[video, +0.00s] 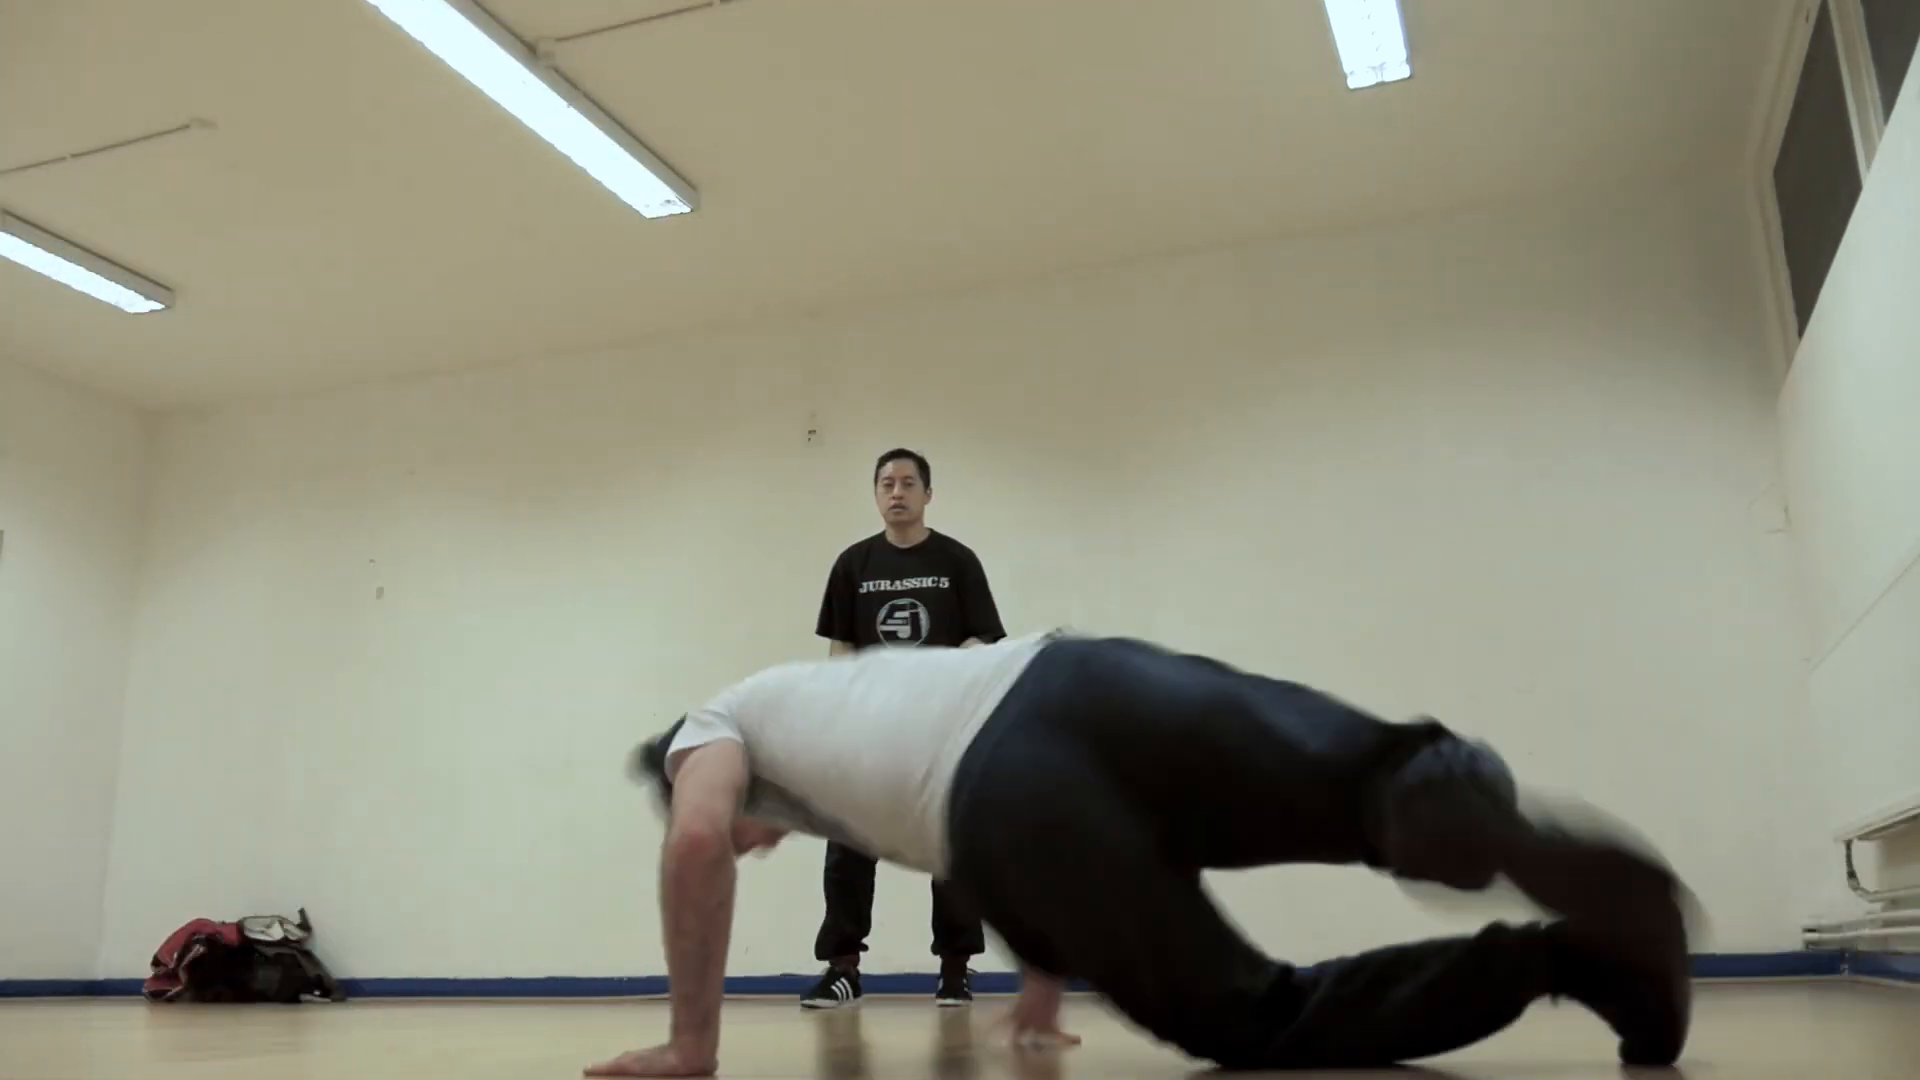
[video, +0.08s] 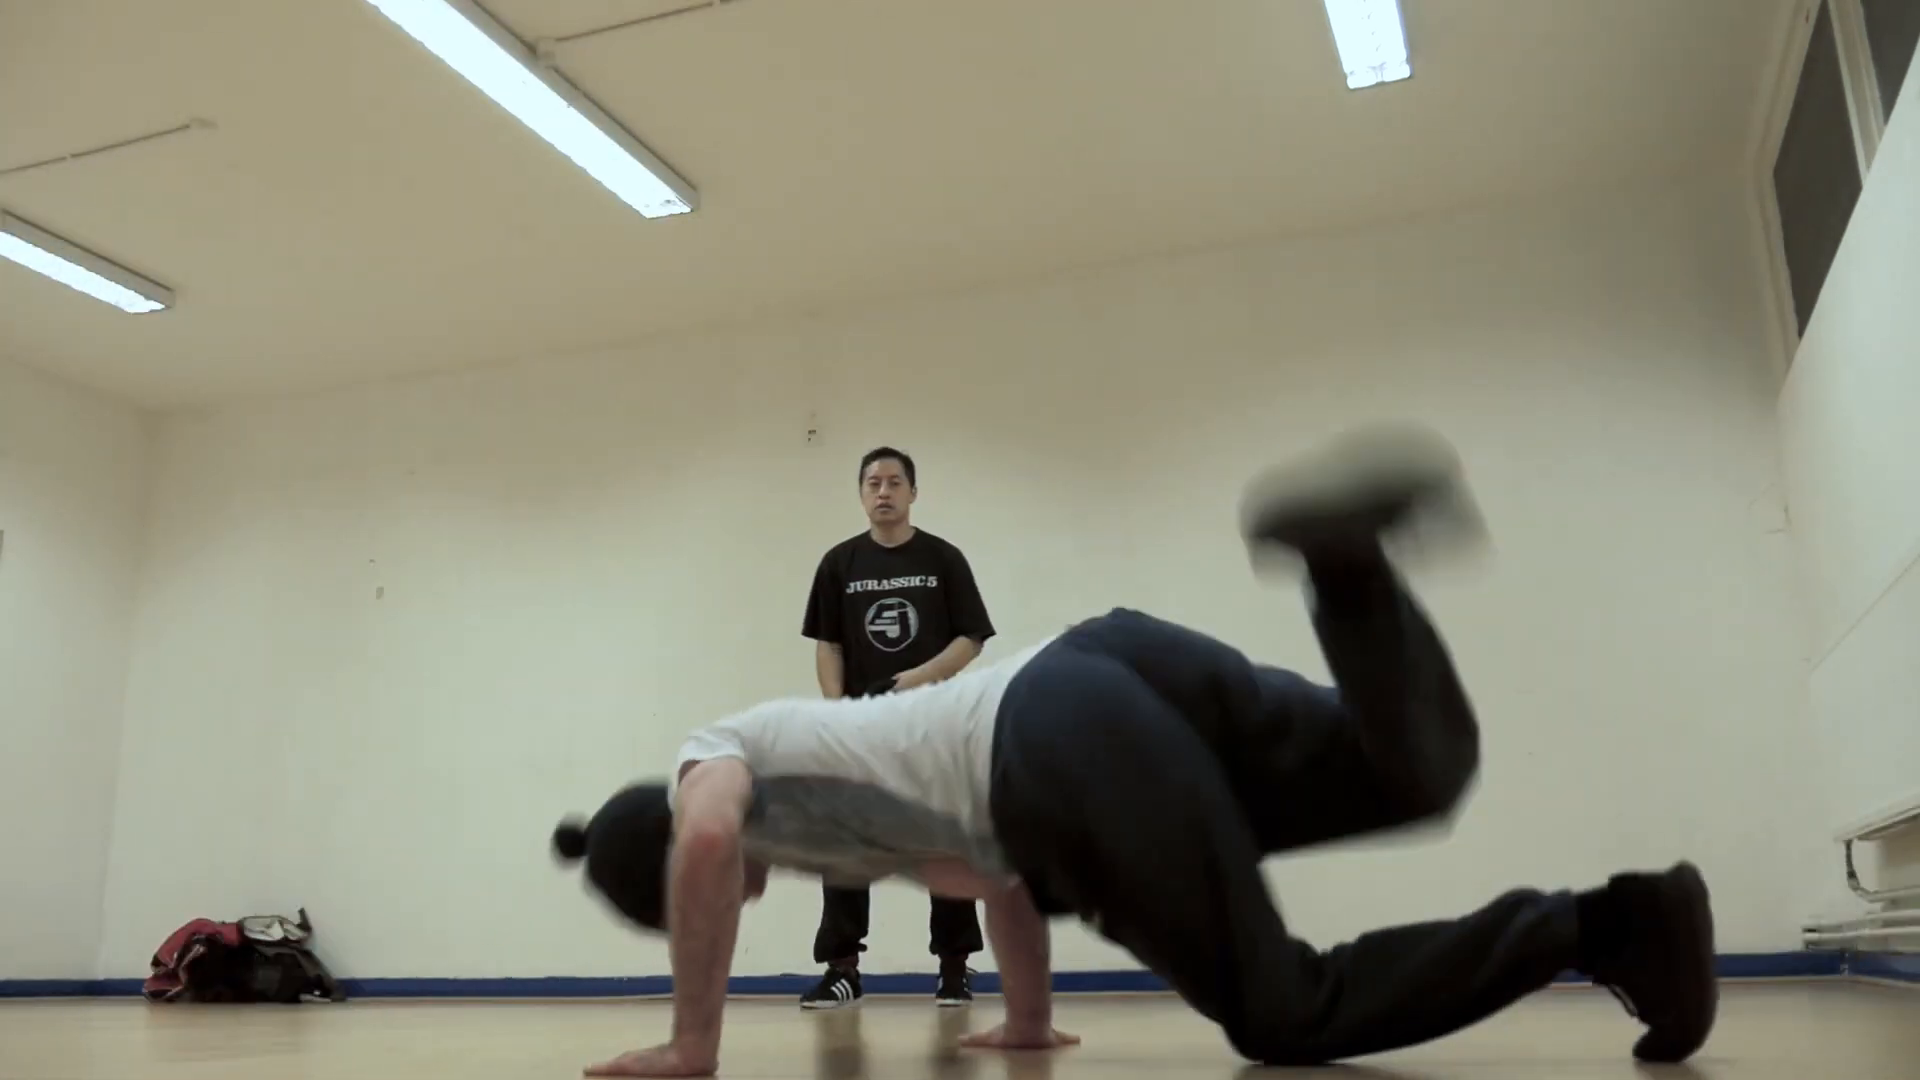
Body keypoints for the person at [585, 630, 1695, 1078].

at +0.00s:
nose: (694, 829)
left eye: (680, 808)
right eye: (680, 816)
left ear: (685, 761)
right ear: (752, 706)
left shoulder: (721, 723)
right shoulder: (871, 695)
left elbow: (701, 841)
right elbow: (1014, 808)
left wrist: (691, 1035)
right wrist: (1041, 1007)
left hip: (1000, 801)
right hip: (1077, 682)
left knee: (1258, 1021)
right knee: (1355, 777)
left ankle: (1559, 961)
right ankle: (1477, 818)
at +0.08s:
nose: (669, 912)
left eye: (654, 903)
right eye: (661, 909)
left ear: (646, 862)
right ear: (682, 860)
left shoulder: (699, 763)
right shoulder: (824, 788)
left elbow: (712, 837)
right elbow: (1004, 877)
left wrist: (692, 1049)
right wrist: (1029, 1038)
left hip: (1046, 746)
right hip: (1110, 665)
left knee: (1287, 1012)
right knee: (1423, 776)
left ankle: (1607, 926)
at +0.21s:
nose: (651, 1005)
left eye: (634, 996)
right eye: (646, 996)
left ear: (636, 966)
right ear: (681, 944)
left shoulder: (698, 815)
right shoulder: (820, 907)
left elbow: (695, 828)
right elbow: (1004, 857)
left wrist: (688, 1046)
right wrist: (1028, 1026)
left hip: (1047, 710)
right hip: (1084, 713)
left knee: (1278, 889)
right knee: (1357, 668)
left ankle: (1512, 739)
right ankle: (1264, 472)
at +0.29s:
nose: (718, 986)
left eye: (692, 981)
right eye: (700, 991)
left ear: (660, 946)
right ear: (701, 979)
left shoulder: (715, 842)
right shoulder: (839, 948)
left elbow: (684, 832)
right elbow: (1004, 882)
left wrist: (684, 1050)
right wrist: (1030, 1028)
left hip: (1041, 695)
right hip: (1086, 799)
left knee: (1287, 661)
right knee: (1347, 760)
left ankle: (1334, 498)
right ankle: (1337, 638)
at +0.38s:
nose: (708, 1005)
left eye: (671, 994)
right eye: (693, 996)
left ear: (670, 946)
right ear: (711, 960)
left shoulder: (725, 811)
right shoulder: (857, 921)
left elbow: (709, 833)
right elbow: (1003, 870)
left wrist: (688, 1045)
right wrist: (1028, 1018)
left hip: (1066, 673)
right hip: (1103, 807)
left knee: (1267, 506)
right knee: (1340, 846)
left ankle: (1136, 423)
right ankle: (1471, 789)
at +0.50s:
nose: (718, 901)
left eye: (702, 888)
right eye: (705, 898)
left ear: (713, 830)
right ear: (744, 869)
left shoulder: (806, 725)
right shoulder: (859, 887)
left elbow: (789, 864)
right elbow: (1012, 872)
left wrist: (699, 1038)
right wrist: (1033, 1017)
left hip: (1074, 650)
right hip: (1115, 783)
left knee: (1144, 565)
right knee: (1338, 837)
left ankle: (1058, 573)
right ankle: (1589, 860)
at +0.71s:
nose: (945, 643)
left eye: (936, 625)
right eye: (920, 650)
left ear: (926, 593)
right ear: (879, 669)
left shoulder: (934, 558)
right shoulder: (889, 772)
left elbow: (1089, 512)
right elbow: (1007, 860)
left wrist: (1177, 519)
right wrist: (1026, 1025)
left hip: (1058, 738)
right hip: (1064, 836)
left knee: (1154, 731)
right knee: (1288, 781)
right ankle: (1130, 954)